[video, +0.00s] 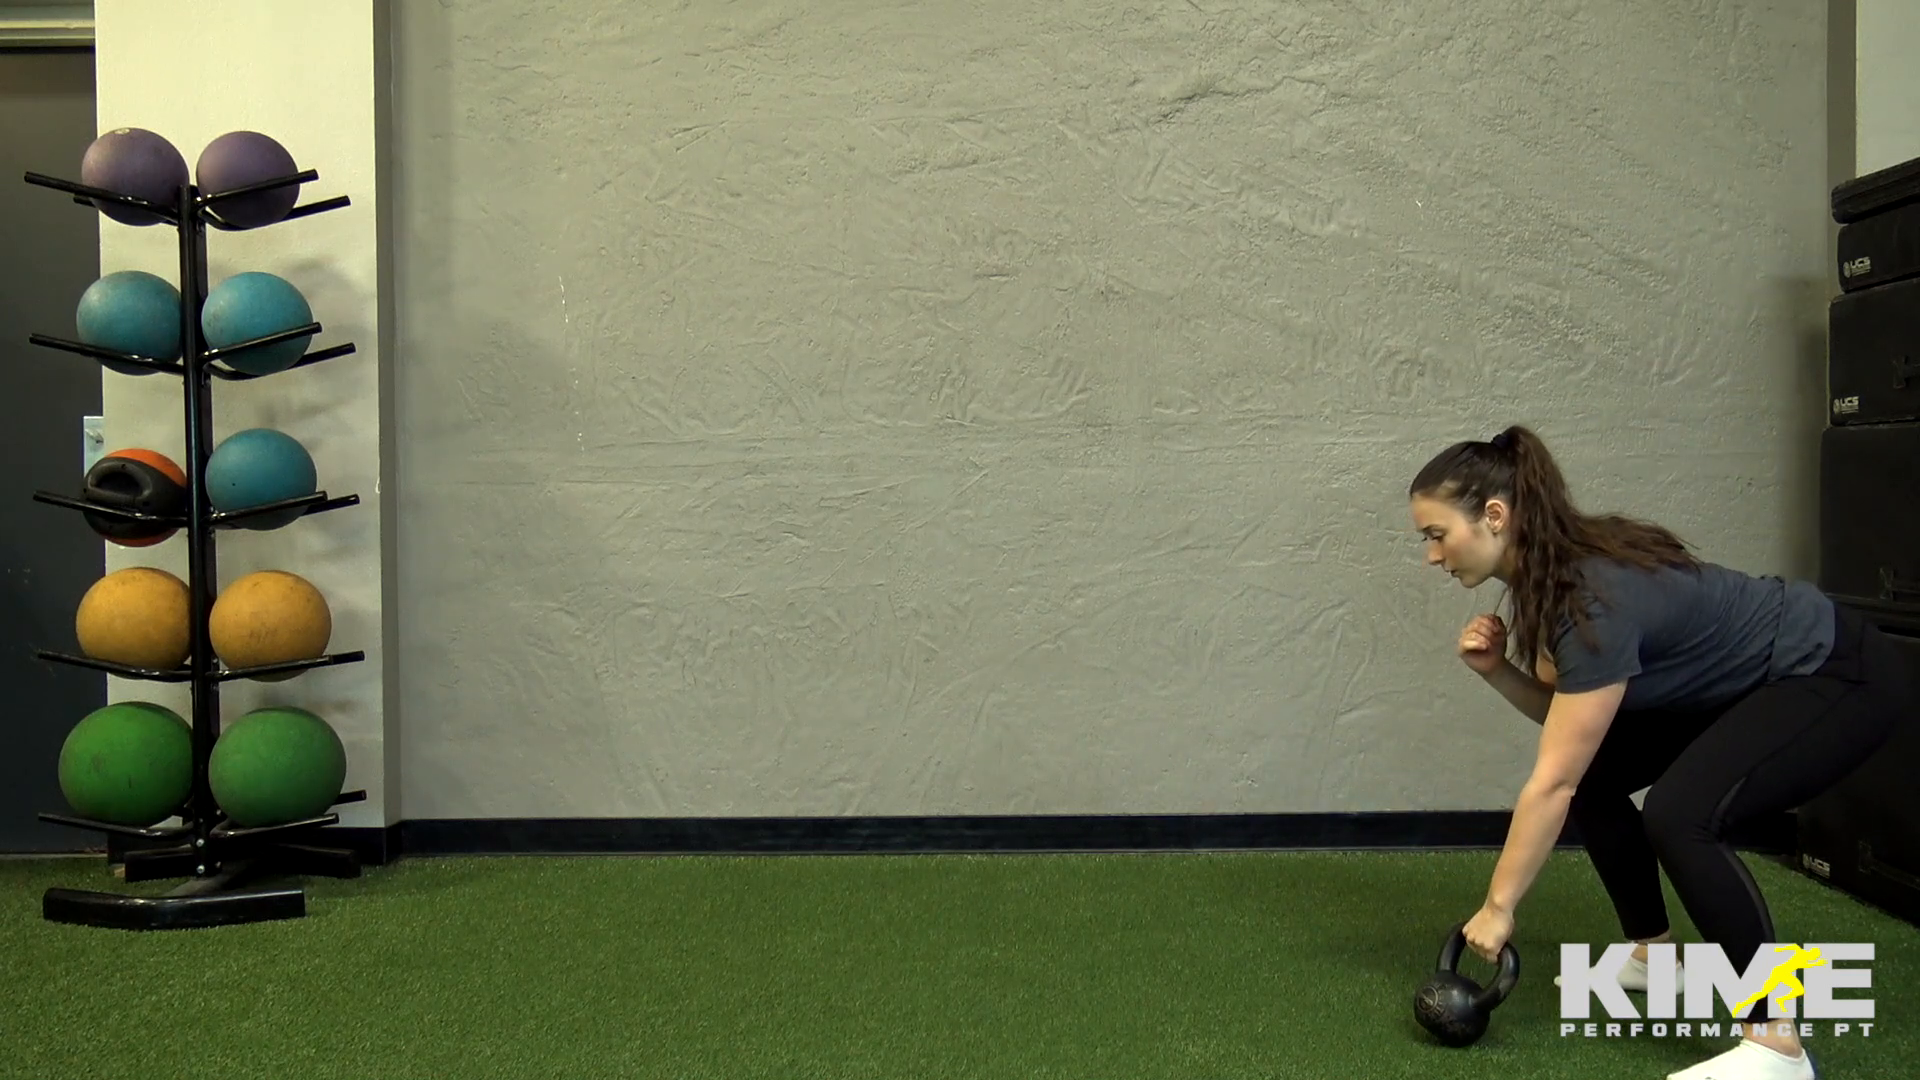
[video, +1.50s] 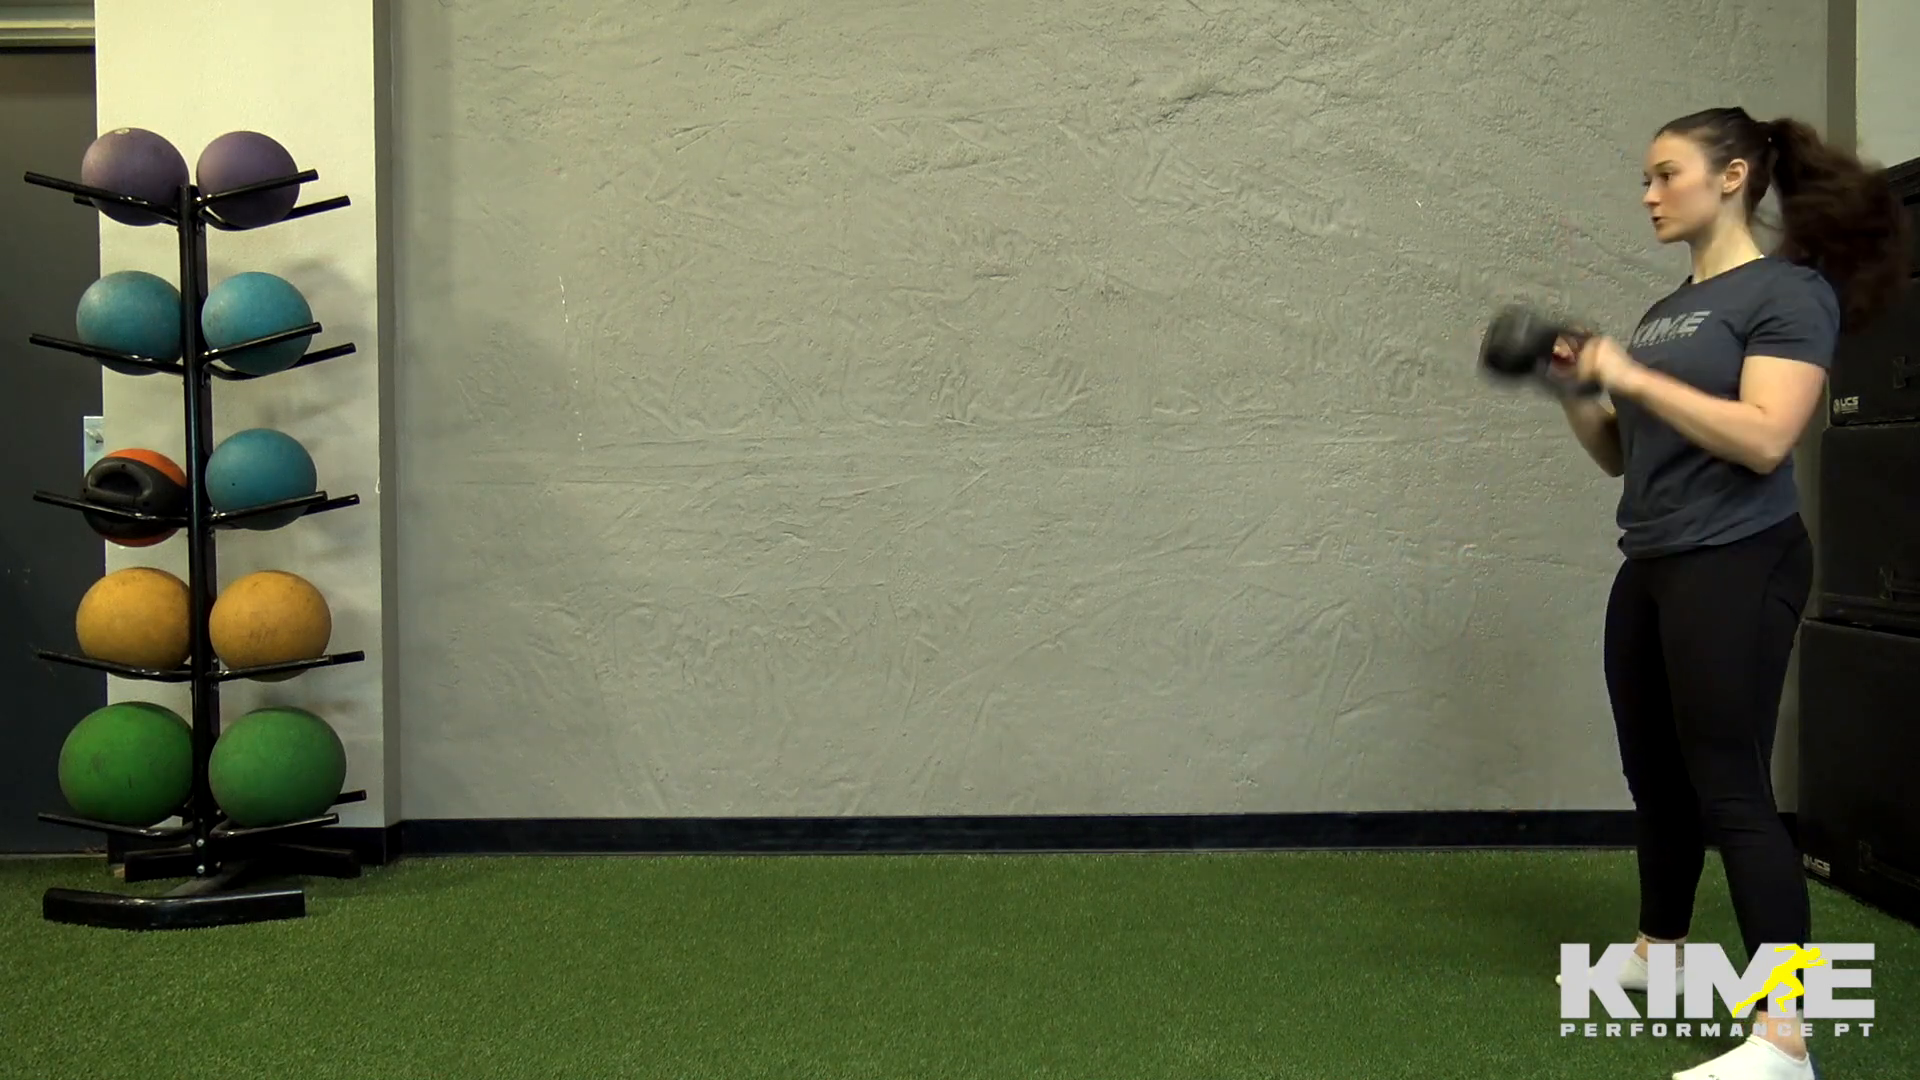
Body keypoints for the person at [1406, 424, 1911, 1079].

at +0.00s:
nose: (1432, 556)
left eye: (1437, 535)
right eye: (1425, 539)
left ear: (1496, 515)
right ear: (1495, 517)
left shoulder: (1596, 599)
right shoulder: (1558, 575)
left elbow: (1554, 785)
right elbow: (1566, 714)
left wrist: (1497, 909)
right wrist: (1499, 672)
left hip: (1839, 671)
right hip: (1762, 668)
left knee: (1679, 815)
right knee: (1588, 775)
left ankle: (1778, 1038)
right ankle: (1654, 955)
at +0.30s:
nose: (1443, 554)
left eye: (1448, 534)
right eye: (1437, 537)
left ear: (1507, 516)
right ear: (1506, 519)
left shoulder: (1602, 601)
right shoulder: (1563, 578)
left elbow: (1558, 786)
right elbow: (1569, 714)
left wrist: (1496, 907)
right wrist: (1507, 675)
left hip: (1843, 681)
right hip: (1767, 674)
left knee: (1679, 819)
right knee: (1591, 775)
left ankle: (1777, 1038)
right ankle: (1655, 957)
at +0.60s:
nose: (1445, 465)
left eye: (1453, 445)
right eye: (1443, 448)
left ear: (1517, 438)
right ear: (1516, 441)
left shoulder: (1600, 526)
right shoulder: (1566, 517)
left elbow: (1619, 710)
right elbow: (1594, 657)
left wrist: (1602, 824)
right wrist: (1511, 616)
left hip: (1829, 648)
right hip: (1754, 652)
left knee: (1688, 810)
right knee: (1586, 772)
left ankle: (1780, 1036)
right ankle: (1649, 962)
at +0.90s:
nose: (1450, 388)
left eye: (1465, 372)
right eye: (1453, 372)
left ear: (1527, 384)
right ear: (1522, 387)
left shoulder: (1585, 493)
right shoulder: (1551, 483)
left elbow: (1687, 637)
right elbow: (1565, 601)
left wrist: (1749, 731)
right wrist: (1495, 574)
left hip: (1806, 628)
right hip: (1734, 629)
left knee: (1693, 818)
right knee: (1585, 775)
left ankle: (1782, 1037)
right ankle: (1655, 960)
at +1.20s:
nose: (1543, 254)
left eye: (1561, 237)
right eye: (1547, 238)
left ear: (1626, 243)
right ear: (1613, 246)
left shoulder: (1667, 353)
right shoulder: (1615, 355)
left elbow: (1684, 529)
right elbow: (1612, 501)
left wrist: (1660, 646)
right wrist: (1535, 462)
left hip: (1778, 582)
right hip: (1700, 585)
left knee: (1711, 794)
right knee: (1601, 769)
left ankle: (1783, 1032)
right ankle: (1657, 961)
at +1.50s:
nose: (1649, 197)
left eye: (1666, 176)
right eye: (1648, 180)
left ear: (1734, 177)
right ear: (1709, 184)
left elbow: (1766, 437)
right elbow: (1625, 456)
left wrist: (1627, 372)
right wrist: (1579, 395)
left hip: (1739, 564)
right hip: (1650, 569)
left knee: (1733, 789)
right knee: (1658, 784)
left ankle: (1787, 1029)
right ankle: (1655, 968)